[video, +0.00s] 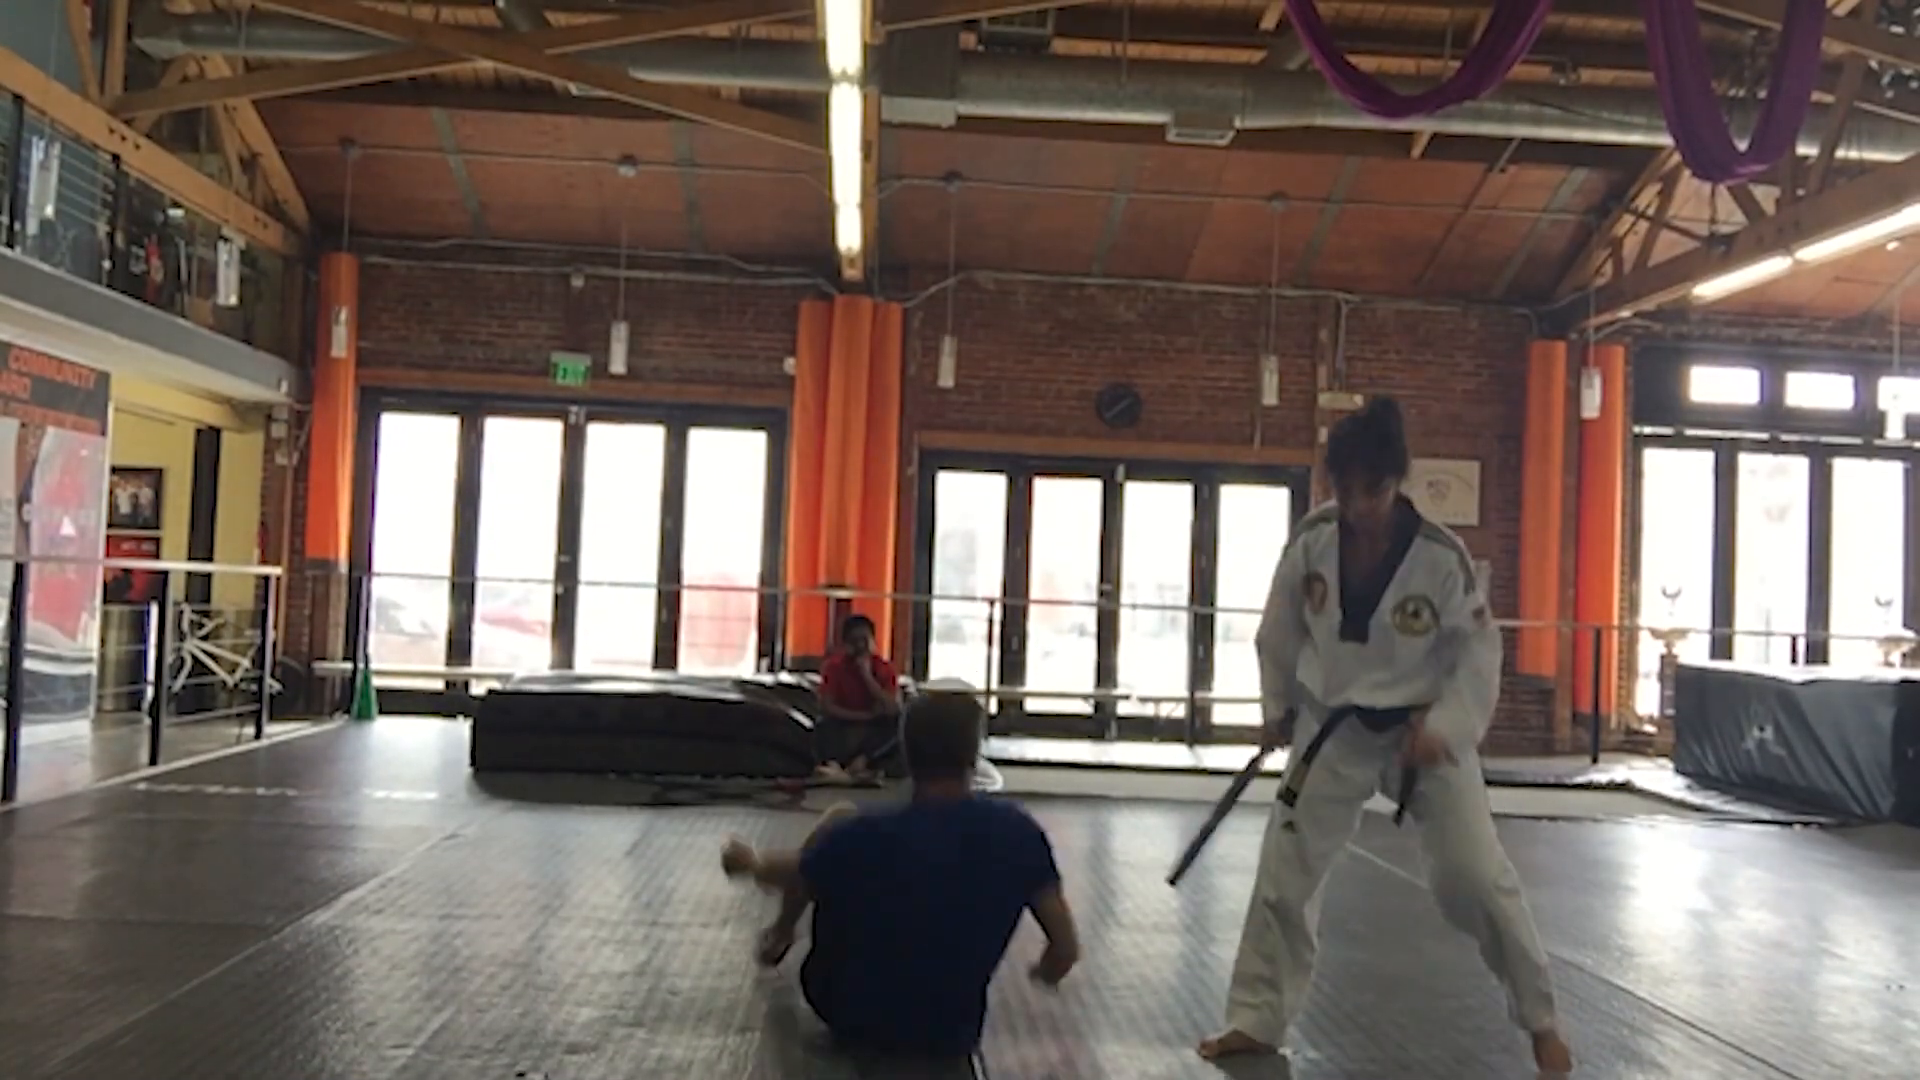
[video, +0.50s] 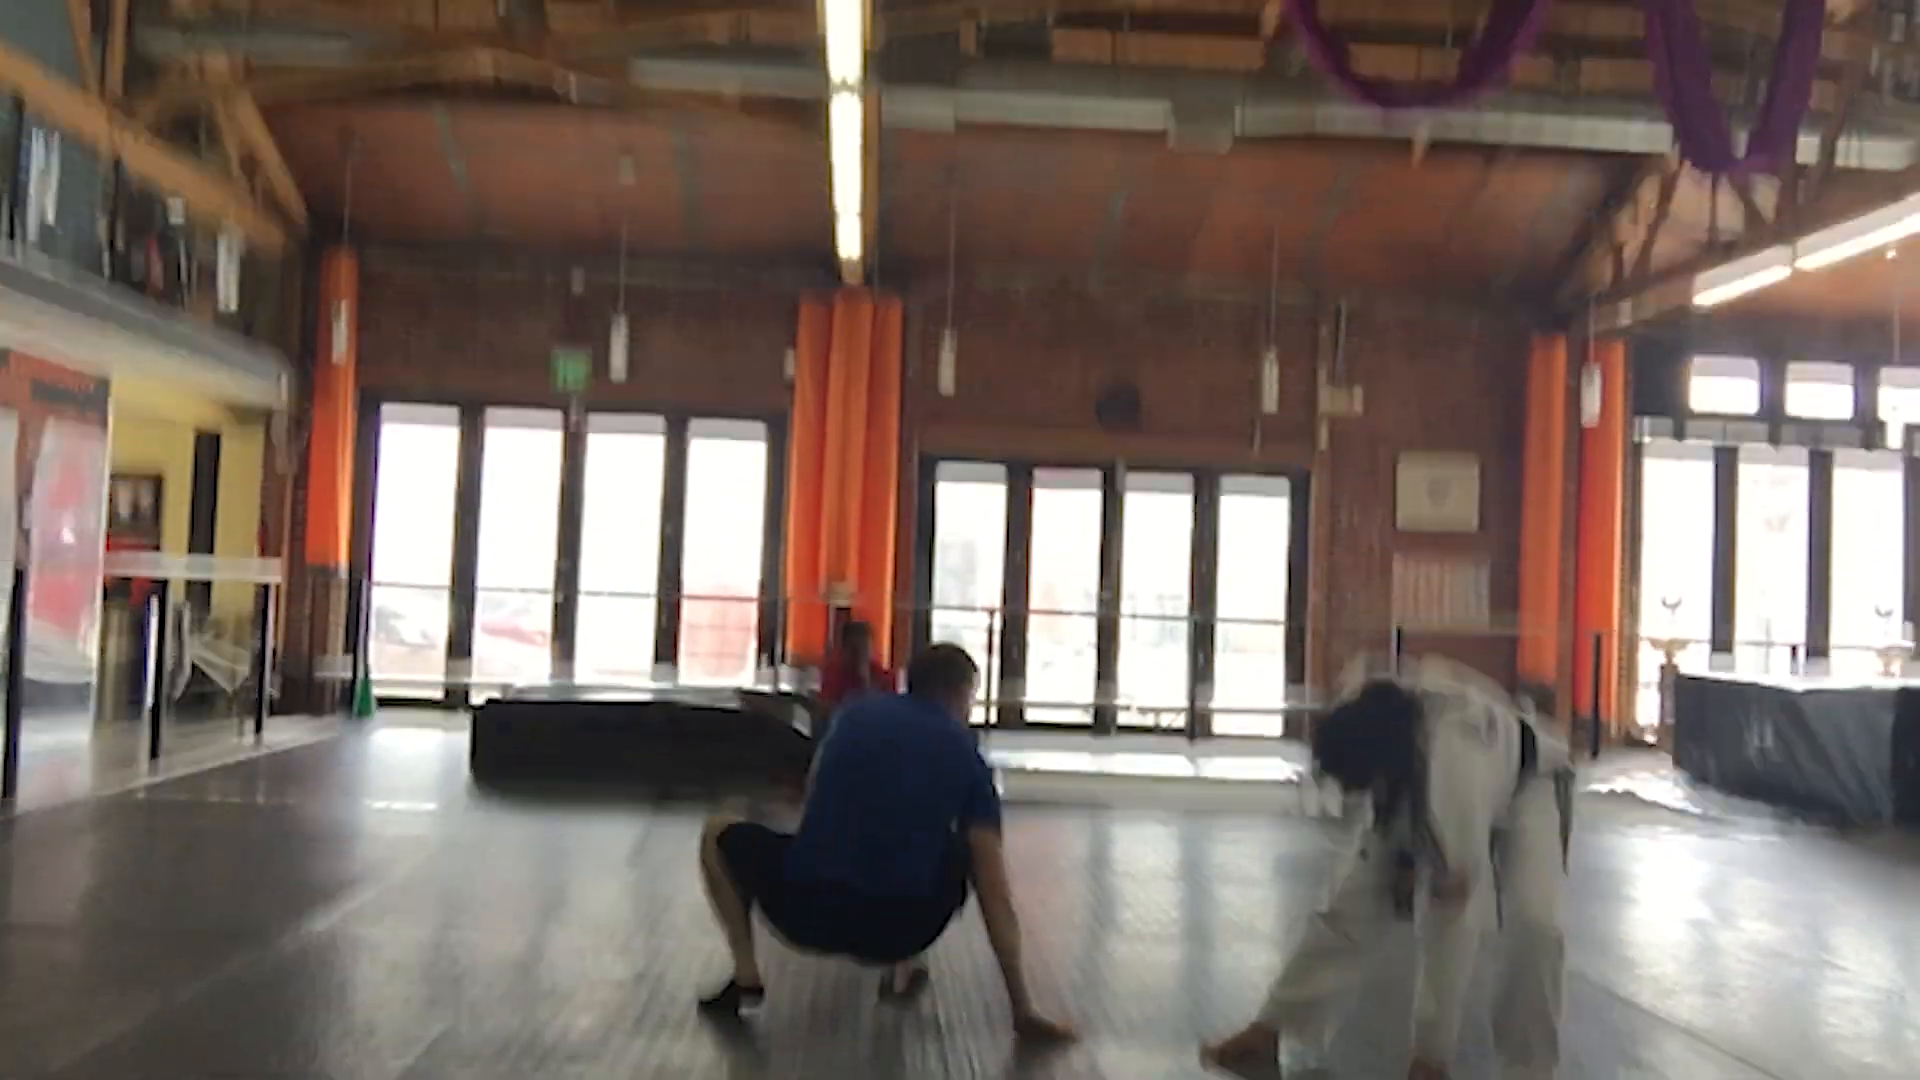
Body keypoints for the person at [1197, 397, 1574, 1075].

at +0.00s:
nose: (1356, 505)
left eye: (1371, 491)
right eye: (1346, 490)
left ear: (1398, 483)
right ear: (1331, 482)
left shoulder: (1442, 558)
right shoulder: (1307, 550)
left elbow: (1479, 656)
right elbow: (1277, 636)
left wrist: (1445, 726)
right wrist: (1277, 709)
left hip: (1427, 728)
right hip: (1334, 727)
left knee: (1475, 878)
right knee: (1281, 876)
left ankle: (1540, 1021)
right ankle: (1257, 1022)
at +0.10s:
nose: (1354, 540)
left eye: (1367, 527)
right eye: (1343, 526)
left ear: (1396, 514)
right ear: (1329, 514)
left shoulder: (1446, 583)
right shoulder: (1313, 563)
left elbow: (1469, 700)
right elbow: (1292, 642)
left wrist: (1442, 785)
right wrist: (1294, 715)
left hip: (1433, 736)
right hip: (1345, 733)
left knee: (1488, 887)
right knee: (1294, 868)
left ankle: (1534, 1056)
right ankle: (1257, 1021)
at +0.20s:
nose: (1359, 603)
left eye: (1373, 591)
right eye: (1348, 589)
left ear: (1399, 577)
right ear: (1332, 576)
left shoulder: (1444, 628)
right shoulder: (1324, 604)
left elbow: (1468, 748)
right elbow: (1328, 699)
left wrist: (1439, 857)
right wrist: (1337, 789)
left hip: (1460, 751)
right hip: (1374, 748)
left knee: (1499, 897)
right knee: (1308, 876)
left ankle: (1525, 1063)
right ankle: (1267, 1023)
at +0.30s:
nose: (1351, 678)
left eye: (1362, 665)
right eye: (1342, 665)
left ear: (1393, 652)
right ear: (1334, 650)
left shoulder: (1452, 684)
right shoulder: (1355, 662)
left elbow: (1466, 819)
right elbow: (1383, 744)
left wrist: (1439, 934)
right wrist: (1370, 816)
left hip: (1493, 756)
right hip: (1412, 753)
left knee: (1516, 903)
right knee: (1350, 878)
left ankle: (1530, 1066)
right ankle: (1269, 1022)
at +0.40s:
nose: (1348, 755)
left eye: (1354, 746)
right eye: (1341, 745)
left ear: (1388, 726)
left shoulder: (1452, 731)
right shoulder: (1374, 691)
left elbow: (1457, 886)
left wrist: (1435, 1003)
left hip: (1515, 767)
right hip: (1413, 770)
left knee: (1531, 916)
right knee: (1347, 898)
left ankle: (1527, 1067)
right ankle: (1269, 1025)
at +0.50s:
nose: (1353, 792)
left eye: (1361, 782)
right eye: (1346, 781)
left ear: (1390, 759)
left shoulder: (1449, 749)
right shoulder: (1367, 714)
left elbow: (1453, 913)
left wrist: (1431, 1056)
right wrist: (1413, 852)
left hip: (1522, 778)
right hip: (1422, 781)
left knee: (1536, 923)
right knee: (1347, 911)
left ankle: (1527, 1069)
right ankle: (1266, 1033)